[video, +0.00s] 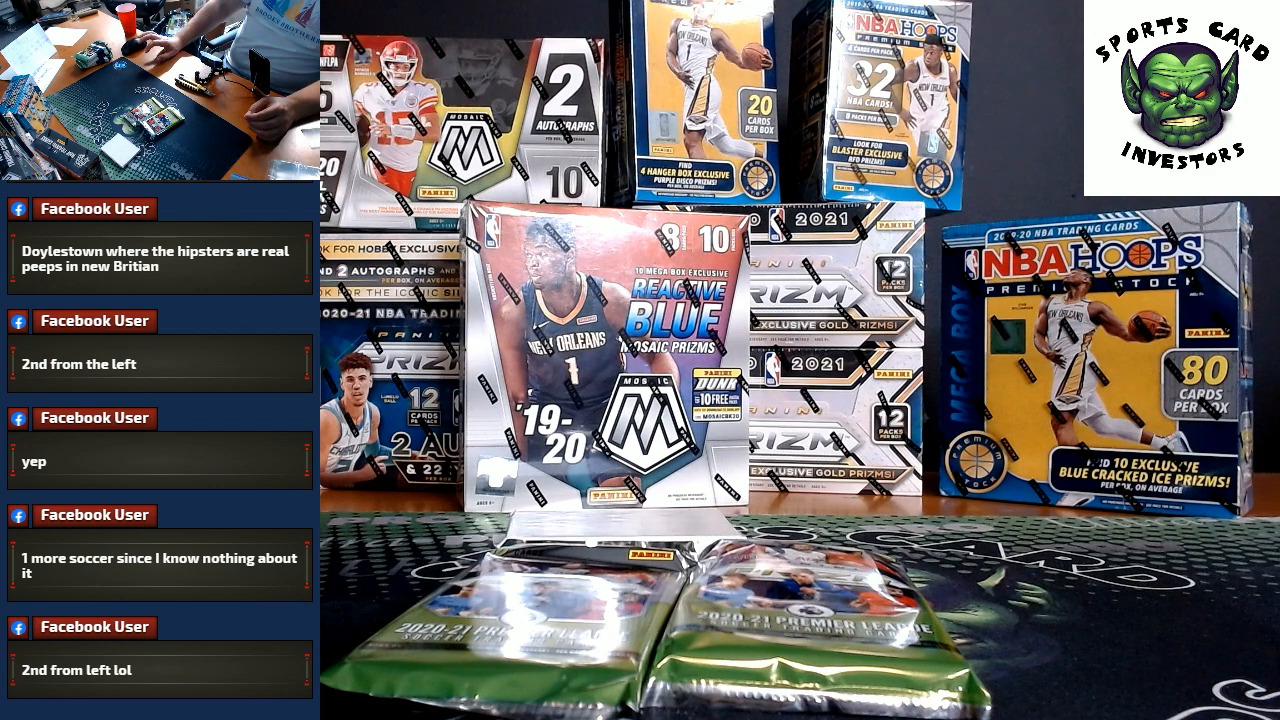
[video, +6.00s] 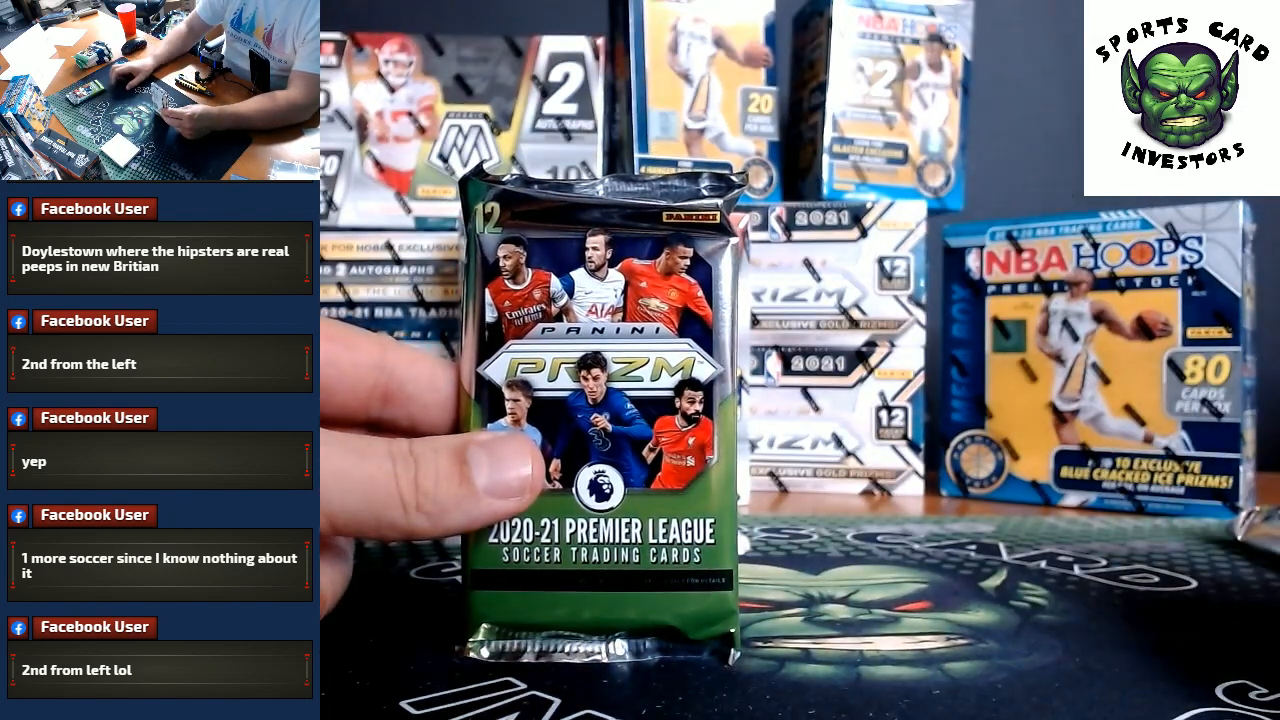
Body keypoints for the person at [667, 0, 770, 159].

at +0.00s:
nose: (697, 9)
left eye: (702, 6)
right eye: (695, 5)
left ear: (711, 12)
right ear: (691, 8)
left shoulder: (715, 34)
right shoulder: (678, 25)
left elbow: (739, 60)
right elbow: (670, 53)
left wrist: (764, 62)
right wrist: (678, 72)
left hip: (705, 87)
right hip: (692, 88)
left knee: (692, 141)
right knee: (725, 145)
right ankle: (767, 158)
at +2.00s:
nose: (697, 10)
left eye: (702, 7)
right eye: (695, 6)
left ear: (711, 12)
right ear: (691, 9)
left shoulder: (715, 34)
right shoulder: (678, 24)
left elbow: (739, 59)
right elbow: (670, 53)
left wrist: (764, 62)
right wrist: (678, 72)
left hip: (705, 87)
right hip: (692, 88)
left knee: (692, 141)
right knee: (725, 145)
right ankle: (767, 158)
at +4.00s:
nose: (698, 8)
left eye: (702, 5)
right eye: (696, 5)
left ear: (709, 12)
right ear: (691, 7)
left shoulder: (715, 34)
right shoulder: (678, 24)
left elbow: (739, 59)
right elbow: (670, 54)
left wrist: (764, 63)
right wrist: (678, 72)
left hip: (705, 87)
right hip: (692, 88)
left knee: (692, 141)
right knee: (725, 145)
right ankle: (765, 157)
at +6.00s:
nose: (694, 11)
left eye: (697, 8)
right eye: (688, 7)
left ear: (702, 8)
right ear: (683, 7)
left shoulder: (712, 31)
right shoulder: (679, 25)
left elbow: (734, 54)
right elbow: (671, 53)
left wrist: (758, 59)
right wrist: (678, 70)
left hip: (706, 84)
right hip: (692, 85)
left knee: (692, 138)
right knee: (724, 142)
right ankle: (758, 153)